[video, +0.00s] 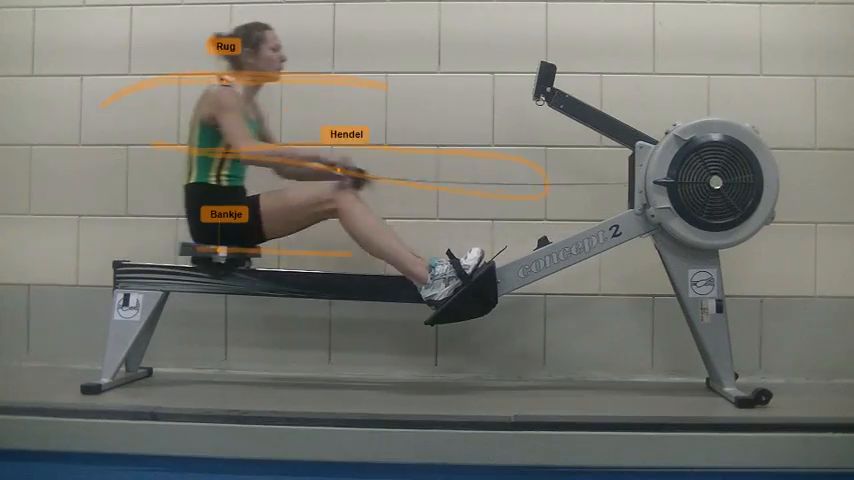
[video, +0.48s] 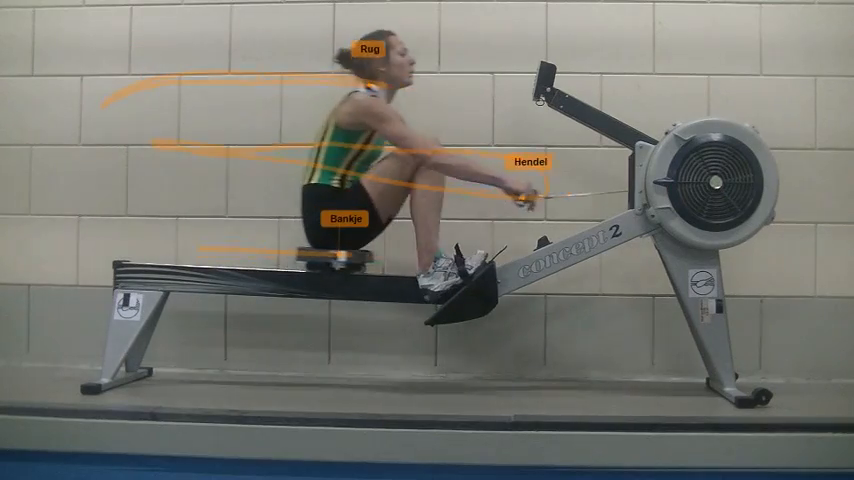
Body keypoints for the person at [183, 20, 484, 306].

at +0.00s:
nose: (283, 56)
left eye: (280, 49)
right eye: (274, 49)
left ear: (254, 57)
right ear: (246, 56)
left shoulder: (247, 105)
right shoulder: (223, 96)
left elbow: (283, 167)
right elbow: (245, 150)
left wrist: (338, 176)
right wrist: (321, 158)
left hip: (229, 216)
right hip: (214, 218)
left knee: (344, 194)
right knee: (339, 196)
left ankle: (431, 273)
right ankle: (427, 281)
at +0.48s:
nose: (411, 60)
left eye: (407, 53)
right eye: (402, 54)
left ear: (383, 68)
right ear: (379, 66)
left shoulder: (377, 105)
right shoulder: (367, 105)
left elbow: (432, 157)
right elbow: (434, 156)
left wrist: (501, 182)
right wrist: (502, 182)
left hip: (336, 218)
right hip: (329, 220)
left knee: (425, 159)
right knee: (424, 159)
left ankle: (433, 262)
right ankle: (429, 271)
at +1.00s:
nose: (285, 49)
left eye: (282, 42)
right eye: (275, 43)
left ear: (255, 55)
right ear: (249, 54)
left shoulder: (253, 98)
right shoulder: (241, 94)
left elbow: (319, 146)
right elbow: (310, 128)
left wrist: (381, 154)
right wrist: (381, 138)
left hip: (235, 211)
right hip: (225, 213)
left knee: (351, 191)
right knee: (348, 193)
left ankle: (430, 274)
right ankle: (430, 279)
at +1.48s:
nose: (174, 77)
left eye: (173, 70)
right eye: (167, 70)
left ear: (150, 74)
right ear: (142, 74)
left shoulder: (144, 116)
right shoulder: (115, 113)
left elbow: (147, 164)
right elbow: (73, 166)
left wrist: (178, 150)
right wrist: (132, 136)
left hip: (198, 212)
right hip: (184, 217)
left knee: (311, 234)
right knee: (307, 237)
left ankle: (429, 277)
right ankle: (430, 280)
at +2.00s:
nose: (310, 57)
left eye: (307, 49)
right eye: (300, 50)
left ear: (283, 59)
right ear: (275, 59)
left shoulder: (279, 107)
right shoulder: (255, 99)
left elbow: (308, 159)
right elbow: (291, 155)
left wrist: (374, 173)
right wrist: (362, 166)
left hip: (250, 215)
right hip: (234, 217)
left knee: (362, 186)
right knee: (355, 187)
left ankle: (433, 273)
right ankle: (429, 281)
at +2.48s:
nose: (424, 60)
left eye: (420, 54)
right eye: (414, 55)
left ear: (393, 68)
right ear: (391, 66)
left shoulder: (388, 106)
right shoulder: (381, 105)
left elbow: (452, 153)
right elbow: (453, 153)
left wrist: (518, 175)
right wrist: (521, 177)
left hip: (346, 216)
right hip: (339, 217)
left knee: (435, 158)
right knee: (436, 159)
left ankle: (434, 260)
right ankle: (429, 270)